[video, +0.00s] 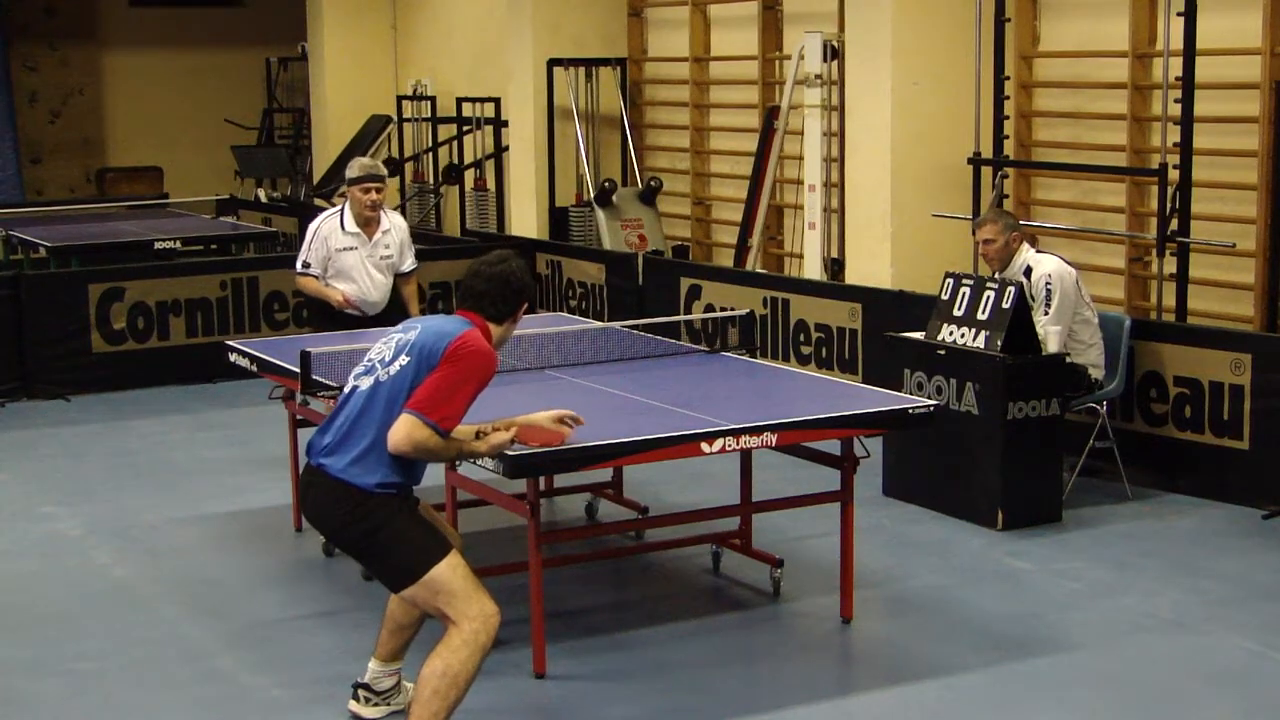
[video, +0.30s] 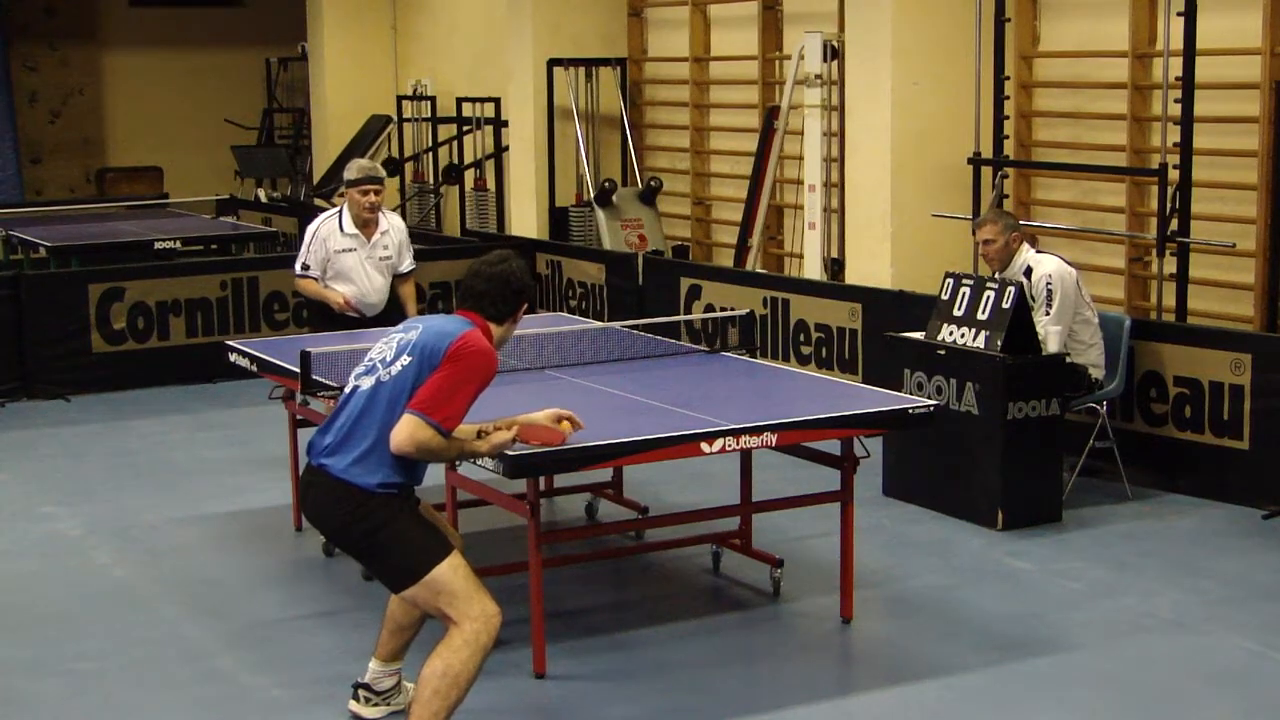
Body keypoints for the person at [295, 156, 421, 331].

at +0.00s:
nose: (374, 198)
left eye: (379, 191)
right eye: (365, 191)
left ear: (385, 191)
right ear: (348, 192)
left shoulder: (397, 225)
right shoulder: (324, 228)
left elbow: (407, 277)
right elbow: (303, 278)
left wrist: (416, 319)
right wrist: (331, 295)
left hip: (383, 318)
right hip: (337, 320)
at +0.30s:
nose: (372, 200)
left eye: (377, 193)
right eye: (364, 193)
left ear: (384, 193)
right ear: (346, 194)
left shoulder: (395, 225)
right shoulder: (322, 229)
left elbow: (404, 278)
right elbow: (303, 280)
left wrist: (414, 320)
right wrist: (330, 297)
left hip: (381, 319)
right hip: (335, 322)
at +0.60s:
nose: (372, 201)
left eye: (377, 193)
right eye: (363, 194)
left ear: (383, 194)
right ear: (346, 194)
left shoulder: (395, 225)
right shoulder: (322, 229)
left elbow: (405, 279)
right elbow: (302, 280)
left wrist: (414, 321)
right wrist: (330, 297)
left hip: (382, 319)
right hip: (335, 321)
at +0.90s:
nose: (371, 203)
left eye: (375, 196)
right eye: (362, 197)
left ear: (382, 196)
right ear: (344, 196)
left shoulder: (394, 228)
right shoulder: (320, 231)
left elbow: (404, 279)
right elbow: (300, 282)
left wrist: (413, 321)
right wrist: (327, 299)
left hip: (380, 321)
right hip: (333, 323)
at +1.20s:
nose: (364, 210)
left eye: (368, 203)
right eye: (355, 204)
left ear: (375, 202)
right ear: (337, 204)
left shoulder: (389, 233)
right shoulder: (313, 238)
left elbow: (401, 286)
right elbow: (296, 290)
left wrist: (411, 324)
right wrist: (324, 305)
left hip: (375, 325)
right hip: (327, 327)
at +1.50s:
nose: (363, 205)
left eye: (368, 197)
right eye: (354, 199)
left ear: (375, 197)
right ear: (337, 200)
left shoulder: (390, 230)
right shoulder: (314, 234)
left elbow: (405, 279)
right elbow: (297, 286)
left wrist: (401, 315)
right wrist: (323, 299)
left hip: (380, 320)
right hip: (332, 323)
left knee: (380, 386)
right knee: (335, 391)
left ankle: (382, 453)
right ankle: (336, 453)